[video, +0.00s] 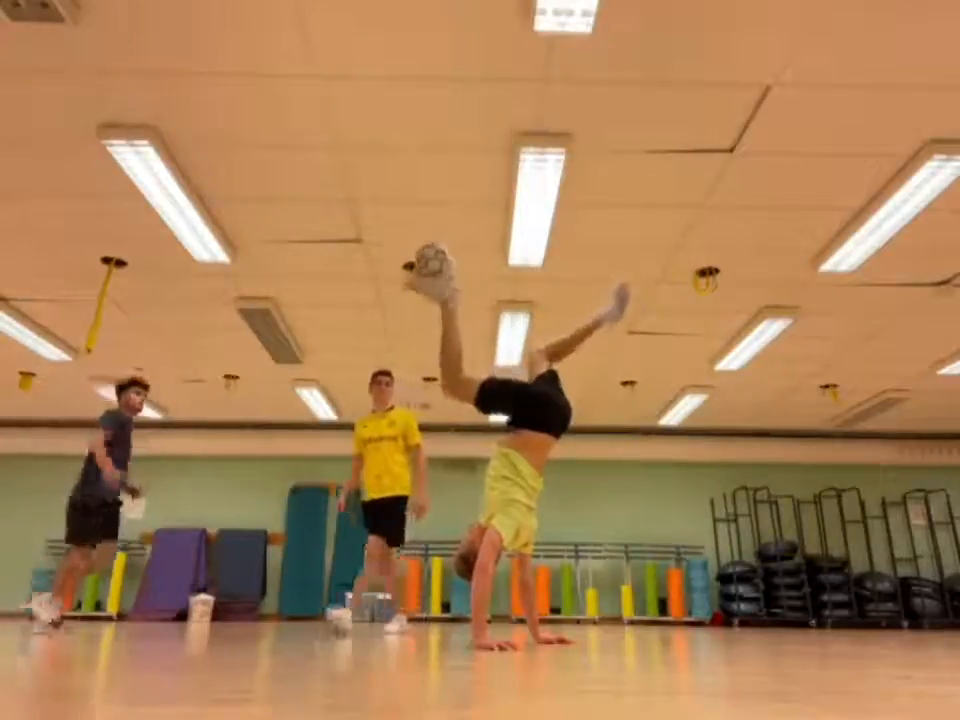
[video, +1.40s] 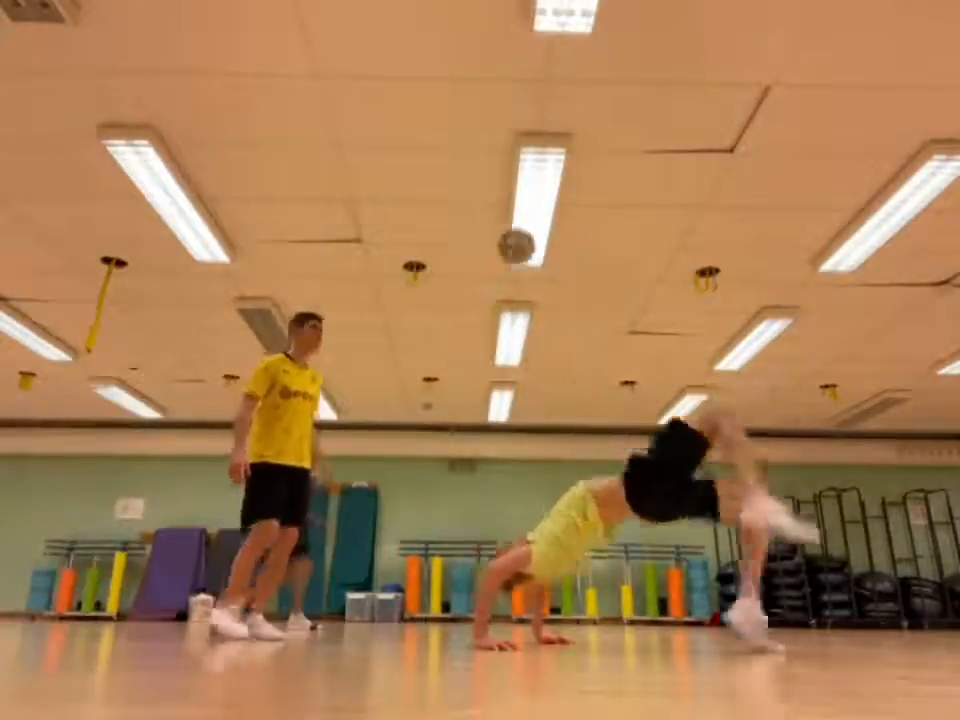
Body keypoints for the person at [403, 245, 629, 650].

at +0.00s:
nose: (472, 533)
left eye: (465, 537)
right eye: (473, 539)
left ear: (475, 550)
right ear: (480, 548)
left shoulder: (522, 538)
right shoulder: (497, 529)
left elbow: (527, 585)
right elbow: (482, 574)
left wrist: (536, 633)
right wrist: (480, 634)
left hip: (555, 417)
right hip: (534, 410)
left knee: (538, 356)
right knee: (453, 385)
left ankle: (604, 318)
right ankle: (449, 302)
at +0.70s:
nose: (476, 543)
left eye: (473, 548)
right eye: (476, 546)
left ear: (475, 547)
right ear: (481, 544)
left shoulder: (528, 540)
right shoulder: (504, 531)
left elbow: (529, 586)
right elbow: (484, 575)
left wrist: (538, 632)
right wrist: (481, 635)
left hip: (572, 416)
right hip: (554, 416)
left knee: (580, 347)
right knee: (471, 409)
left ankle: (658, 323)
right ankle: (472, 331)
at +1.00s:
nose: (482, 542)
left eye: (480, 545)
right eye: (481, 543)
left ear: (482, 550)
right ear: (484, 544)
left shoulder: (530, 541)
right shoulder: (509, 534)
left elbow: (530, 588)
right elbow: (482, 576)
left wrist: (536, 632)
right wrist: (480, 635)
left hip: (598, 436)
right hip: (582, 432)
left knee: (634, 367)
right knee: (515, 382)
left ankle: (714, 359)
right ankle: (527, 301)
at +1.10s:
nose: (488, 525)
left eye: (486, 534)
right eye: (487, 533)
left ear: (490, 546)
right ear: (490, 540)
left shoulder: (530, 538)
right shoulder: (514, 532)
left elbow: (535, 586)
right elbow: (486, 574)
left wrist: (537, 632)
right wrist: (480, 637)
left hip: (604, 438)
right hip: (596, 436)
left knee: (655, 374)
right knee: (538, 362)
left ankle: (736, 390)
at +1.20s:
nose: (495, 524)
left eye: (494, 536)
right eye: (494, 531)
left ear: (495, 550)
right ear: (497, 537)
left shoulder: (535, 539)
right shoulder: (519, 534)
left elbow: (535, 586)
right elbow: (485, 579)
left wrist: (537, 630)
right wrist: (479, 637)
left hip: (618, 452)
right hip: (609, 441)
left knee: (683, 394)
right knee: (576, 353)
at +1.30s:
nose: (501, 528)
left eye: (497, 532)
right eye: (498, 533)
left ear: (501, 550)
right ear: (501, 546)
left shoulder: (539, 544)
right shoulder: (523, 541)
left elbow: (537, 582)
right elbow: (487, 573)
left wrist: (538, 632)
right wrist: (480, 636)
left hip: (633, 472)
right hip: (624, 461)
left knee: (702, 442)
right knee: (638, 365)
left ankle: (760, 524)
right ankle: (712, 392)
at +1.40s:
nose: (510, 563)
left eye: (508, 563)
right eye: (508, 560)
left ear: (515, 567)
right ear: (516, 557)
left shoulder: (549, 561)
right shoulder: (540, 548)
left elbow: (537, 588)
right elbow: (491, 576)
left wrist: (539, 629)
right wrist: (480, 637)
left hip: (651, 504)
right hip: (648, 479)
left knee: (751, 507)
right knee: (719, 414)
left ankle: (748, 606)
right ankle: (755, 494)